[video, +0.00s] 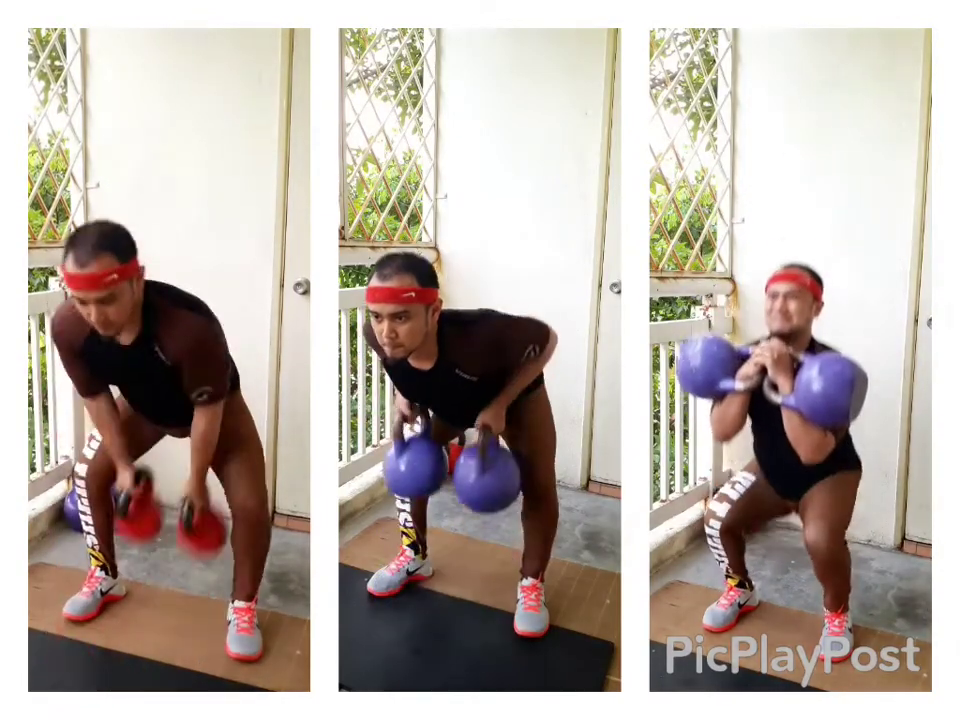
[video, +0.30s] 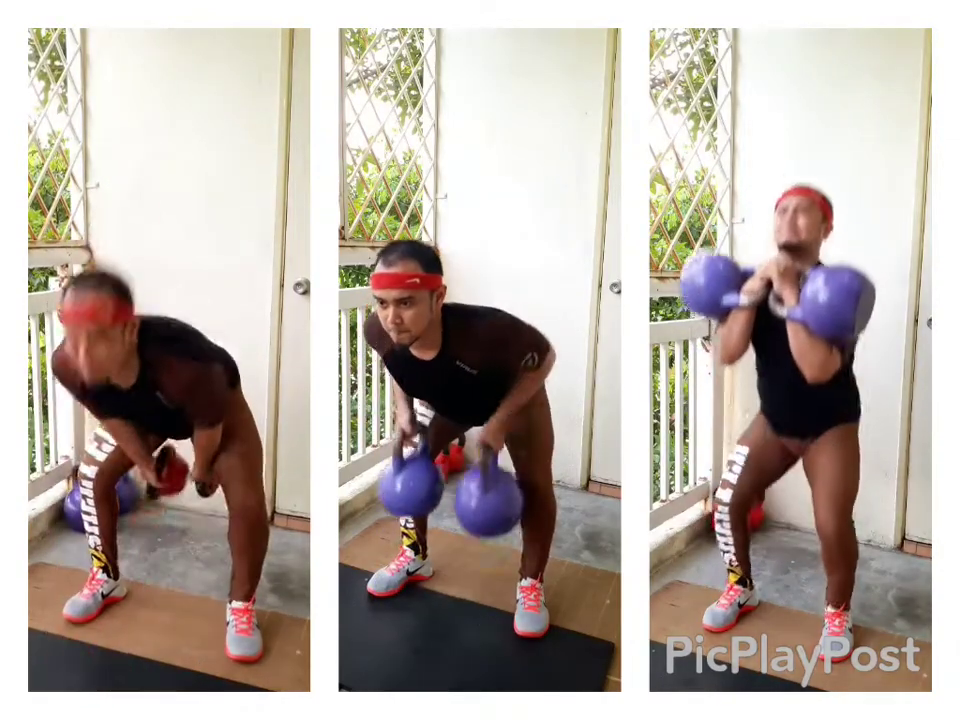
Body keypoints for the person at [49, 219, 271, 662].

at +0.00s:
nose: (95, 316)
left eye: (108, 300)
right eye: (82, 303)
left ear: (137, 279)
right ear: (70, 293)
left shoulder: (188, 324)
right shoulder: (68, 327)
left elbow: (208, 404)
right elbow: (96, 397)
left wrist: (197, 480)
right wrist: (122, 462)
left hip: (211, 406)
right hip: (146, 409)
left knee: (252, 507)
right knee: (93, 477)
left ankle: (243, 606)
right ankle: (104, 574)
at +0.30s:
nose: (82, 353)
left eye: (96, 338)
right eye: (73, 339)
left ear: (129, 329)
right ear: (64, 332)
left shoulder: (180, 360)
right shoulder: (66, 364)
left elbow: (209, 425)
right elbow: (110, 419)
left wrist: (202, 475)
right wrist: (145, 465)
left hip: (213, 403)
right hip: (150, 412)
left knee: (248, 502)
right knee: (101, 478)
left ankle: (242, 605)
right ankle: (105, 576)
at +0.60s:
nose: (161, 174)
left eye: (175, 163)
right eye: (153, 164)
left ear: (199, 172)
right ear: (143, 174)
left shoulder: (225, 245)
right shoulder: (120, 243)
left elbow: (221, 335)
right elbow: (110, 322)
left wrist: (191, 411)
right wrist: (93, 393)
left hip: (212, 393)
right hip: (148, 392)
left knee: (241, 502)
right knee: (102, 473)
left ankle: (240, 605)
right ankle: (105, 576)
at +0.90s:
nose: (170, 139)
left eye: (183, 128)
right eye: (161, 130)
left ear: (207, 137)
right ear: (150, 143)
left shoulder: (233, 205)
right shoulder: (127, 208)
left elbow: (244, 283)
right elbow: (95, 284)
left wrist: (216, 213)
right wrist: (69, 224)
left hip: (199, 380)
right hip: (133, 376)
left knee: (217, 494)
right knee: (119, 485)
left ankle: (240, 603)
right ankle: (106, 575)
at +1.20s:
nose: (174, 133)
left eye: (188, 127)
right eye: (165, 126)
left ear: (207, 148)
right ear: (151, 146)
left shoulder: (224, 214)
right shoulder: (119, 210)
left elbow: (227, 272)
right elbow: (76, 274)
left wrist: (233, 171)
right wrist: (67, 191)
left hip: (191, 390)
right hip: (122, 385)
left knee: (215, 503)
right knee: (115, 492)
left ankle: (239, 604)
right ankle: (106, 577)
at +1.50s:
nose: (181, 135)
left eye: (195, 129)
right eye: (173, 129)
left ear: (216, 152)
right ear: (158, 151)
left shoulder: (233, 216)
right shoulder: (125, 210)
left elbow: (226, 275)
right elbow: (83, 275)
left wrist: (232, 174)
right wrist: (78, 186)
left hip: (194, 392)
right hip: (123, 387)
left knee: (216, 503)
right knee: (115, 493)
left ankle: (238, 604)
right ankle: (106, 576)